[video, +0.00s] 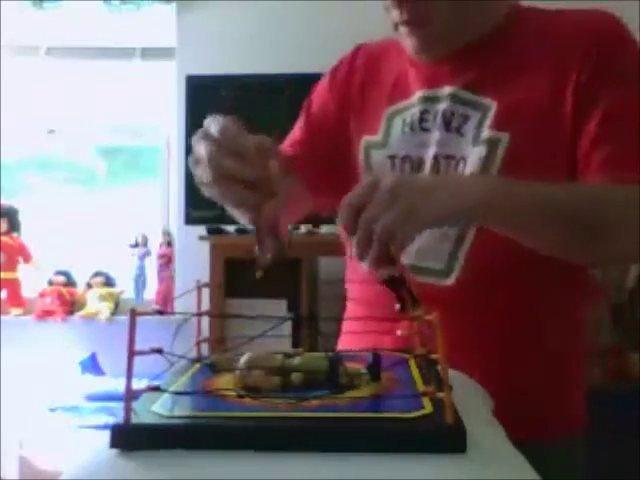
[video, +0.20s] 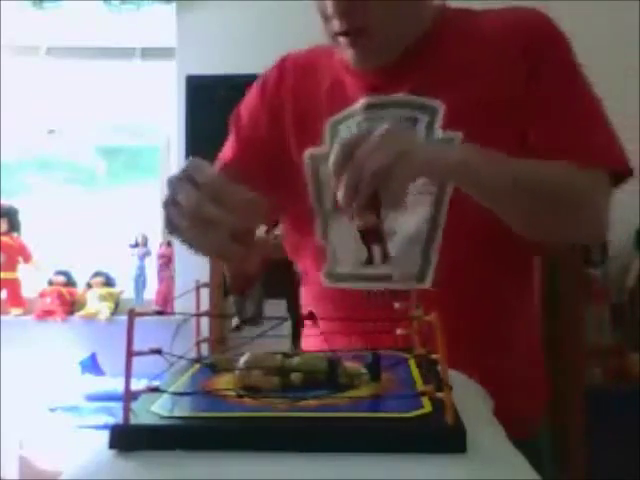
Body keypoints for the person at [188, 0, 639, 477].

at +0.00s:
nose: (397, 4)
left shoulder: (590, 46)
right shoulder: (360, 73)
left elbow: (621, 224)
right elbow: (274, 206)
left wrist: (461, 195)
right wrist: (231, 169)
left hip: (524, 428)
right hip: (366, 421)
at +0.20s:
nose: (336, 13)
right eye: (321, 0)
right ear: (307, 2)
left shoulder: (519, 45)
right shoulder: (290, 83)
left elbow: (591, 215)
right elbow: (242, 253)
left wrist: (445, 160)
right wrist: (200, 212)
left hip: (495, 425)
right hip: (338, 427)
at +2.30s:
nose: (272, 12)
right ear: (226, 2)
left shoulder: (413, 50)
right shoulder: (185, 99)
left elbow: (496, 202)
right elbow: (122, 254)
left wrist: (435, 179)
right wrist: (141, 224)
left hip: (422, 370)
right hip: (268, 381)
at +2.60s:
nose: (273, 10)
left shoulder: (405, 47)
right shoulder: (184, 97)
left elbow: (468, 201)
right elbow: (130, 267)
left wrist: (358, 197)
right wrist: (127, 213)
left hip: (418, 371)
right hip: (265, 384)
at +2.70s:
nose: (271, 11)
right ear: (225, 0)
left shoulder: (403, 45)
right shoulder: (184, 96)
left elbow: (453, 202)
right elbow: (129, 265)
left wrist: (326, 227)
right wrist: (126, 206)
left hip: (416, 372)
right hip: (264, 384)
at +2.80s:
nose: (270, 11)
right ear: (224, 1)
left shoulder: (400, 45)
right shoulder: (183, 97)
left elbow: (442, 203)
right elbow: (132, 265)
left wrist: (308, 239)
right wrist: (124, 205)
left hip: (415, 376)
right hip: (264, 389)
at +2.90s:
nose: (268, 12)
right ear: (222, 1)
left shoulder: (399, 44)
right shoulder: (182, 97)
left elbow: (440, 203)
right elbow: (133, 265)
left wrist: (310, 239)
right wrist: (124, 205)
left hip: (414, 377)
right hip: (264, 390)